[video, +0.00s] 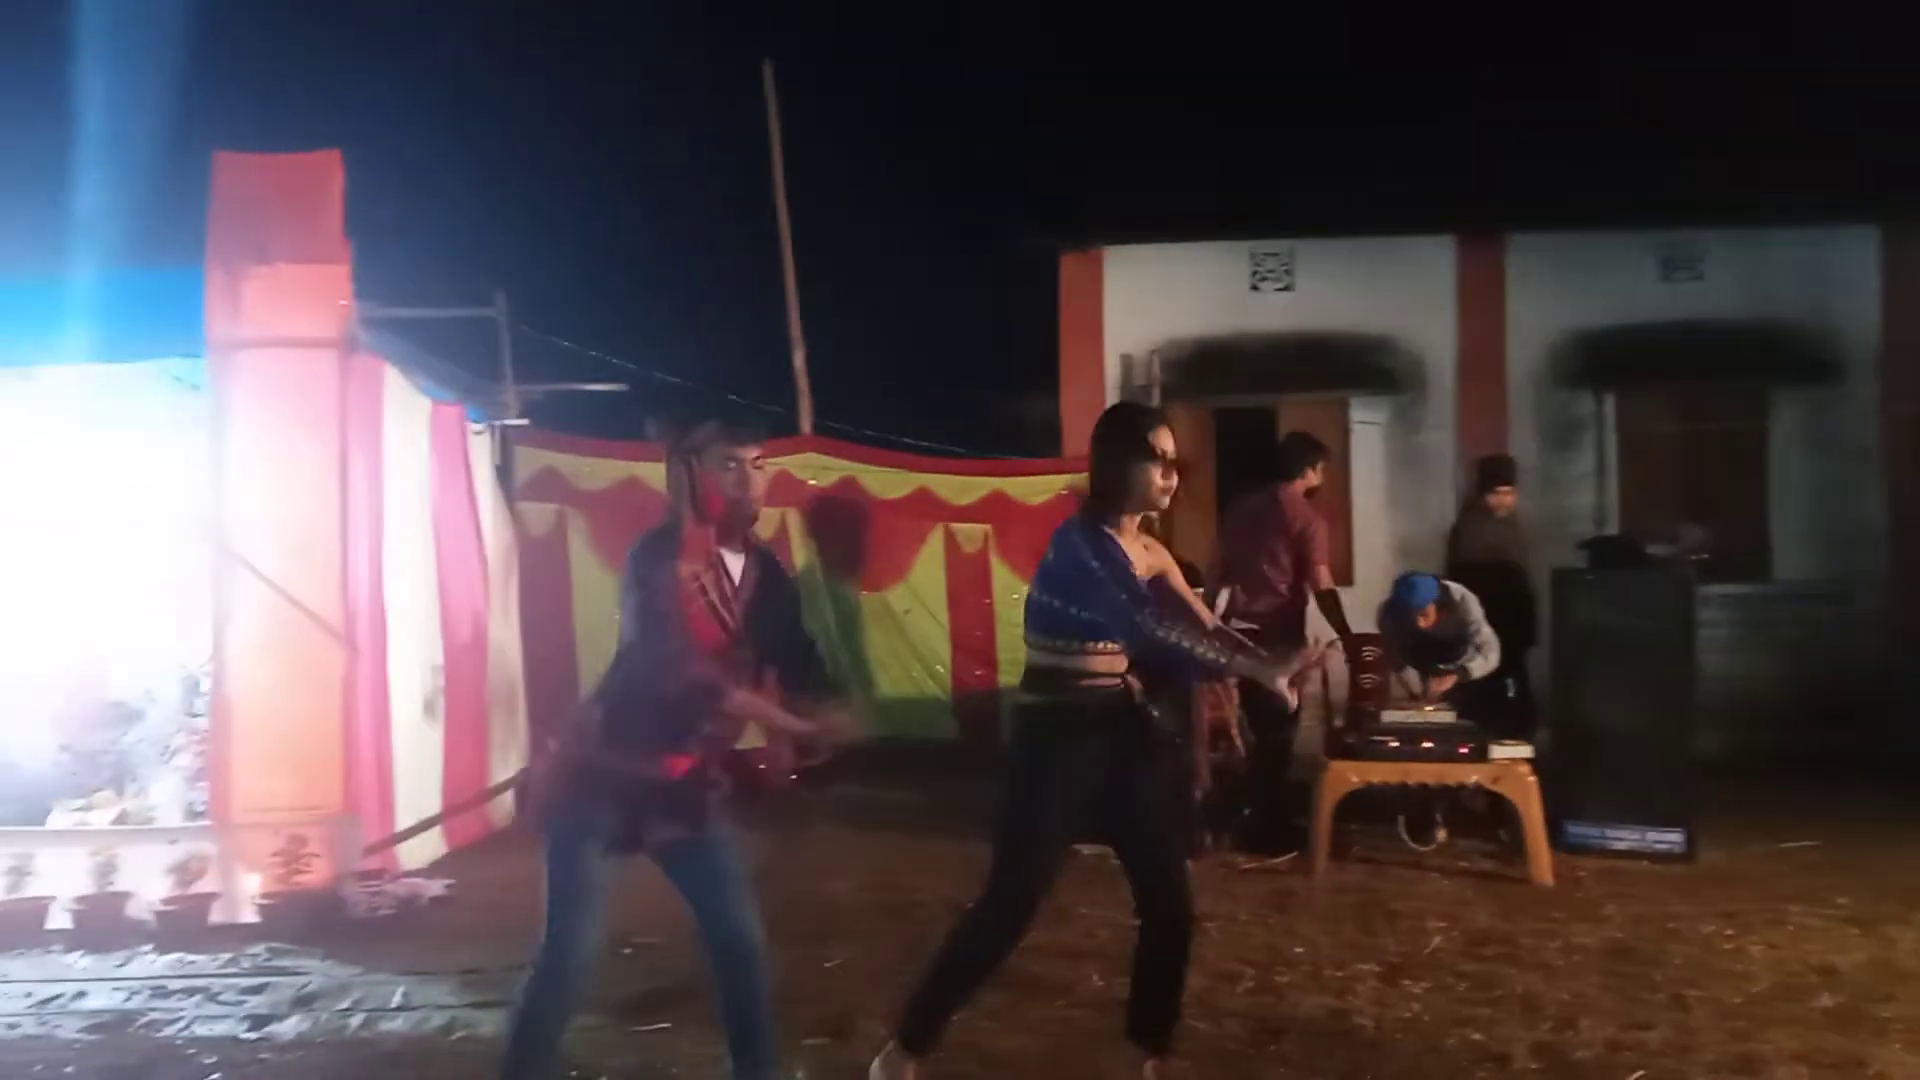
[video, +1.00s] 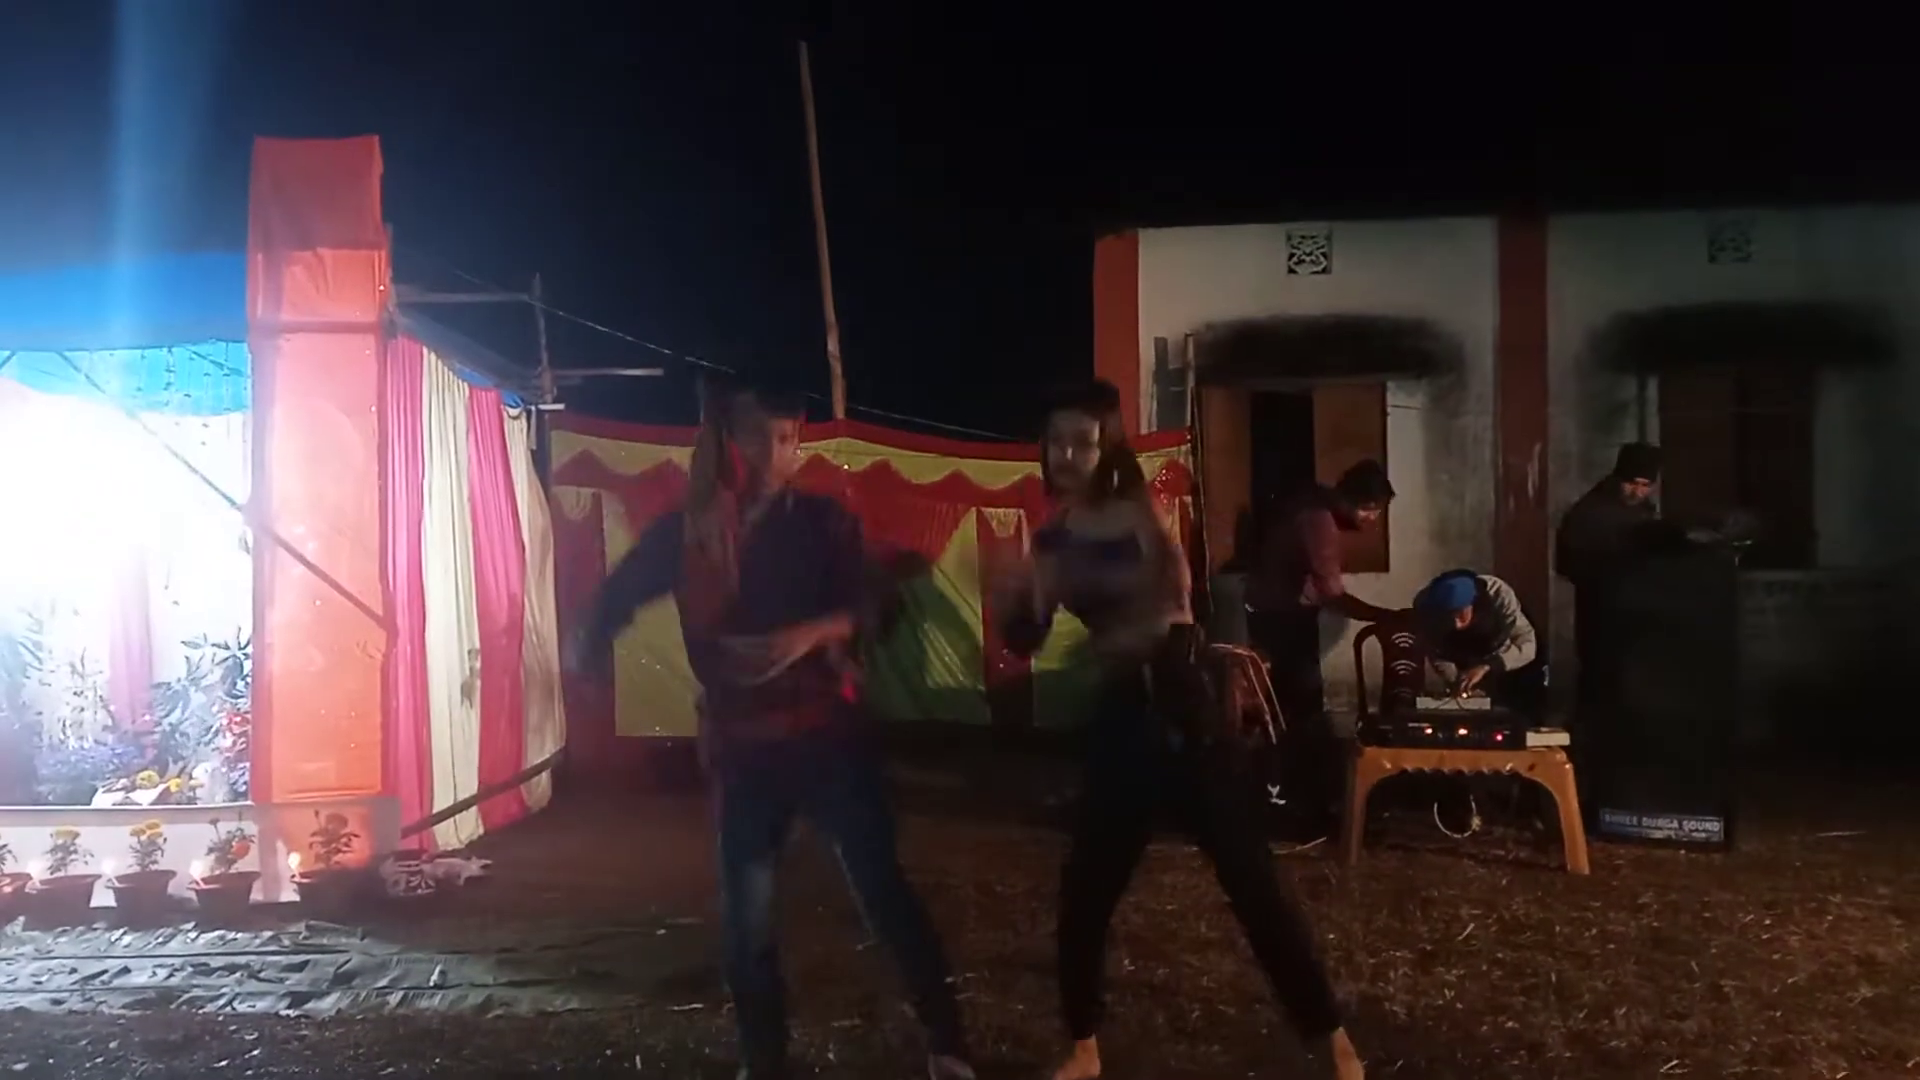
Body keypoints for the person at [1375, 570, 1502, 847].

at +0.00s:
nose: (1421, 623)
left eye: (1426, 615)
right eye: (1415, 617)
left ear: (1438, 603)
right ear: (1403, 609)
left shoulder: (1462, 601)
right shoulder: (1390, 615)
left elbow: (1489, 652)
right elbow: (1396, 661)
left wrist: (1455, 677)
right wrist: (1423, 689)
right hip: (1420, 675)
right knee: (1423, 739)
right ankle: (1428, 815)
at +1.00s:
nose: (1457, 624)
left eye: (1461, 616)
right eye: (1451, 617)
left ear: (1473, 603)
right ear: (1440, 609)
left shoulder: (1498, 593)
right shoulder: (1425, 606)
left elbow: (1527, 645)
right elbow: (1436, 654)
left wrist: (1486, 667)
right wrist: (1459, 682)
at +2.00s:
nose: (1457, 630)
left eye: (1462, 622)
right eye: (1451, 623)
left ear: (1472, 611)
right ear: (1441, 619)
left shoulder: (1499, 602)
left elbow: (1525, 659)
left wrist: (1488, 681)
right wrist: (1458, 682)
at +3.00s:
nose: (1453, 637)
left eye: (1458, 629)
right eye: (1447, 632)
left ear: (1469, 618)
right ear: (1435, 622)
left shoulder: (1497, 607)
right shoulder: (1419, 613)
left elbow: (1520, 663)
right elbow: (1430, 659)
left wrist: (1483, 685)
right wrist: (1449, 687)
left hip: (1486, 657)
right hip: (1444, 659)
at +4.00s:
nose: (1456, 638)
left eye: (1460, 631)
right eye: (1450, 633)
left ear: (1470, 619)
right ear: (1438, 624)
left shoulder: (1498, 608)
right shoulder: (1422, 613)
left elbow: (1521, 664)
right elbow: (1432, 660)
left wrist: (1484, 686)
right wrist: (1449, 688)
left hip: (1488, 649)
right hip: (1449, 652)